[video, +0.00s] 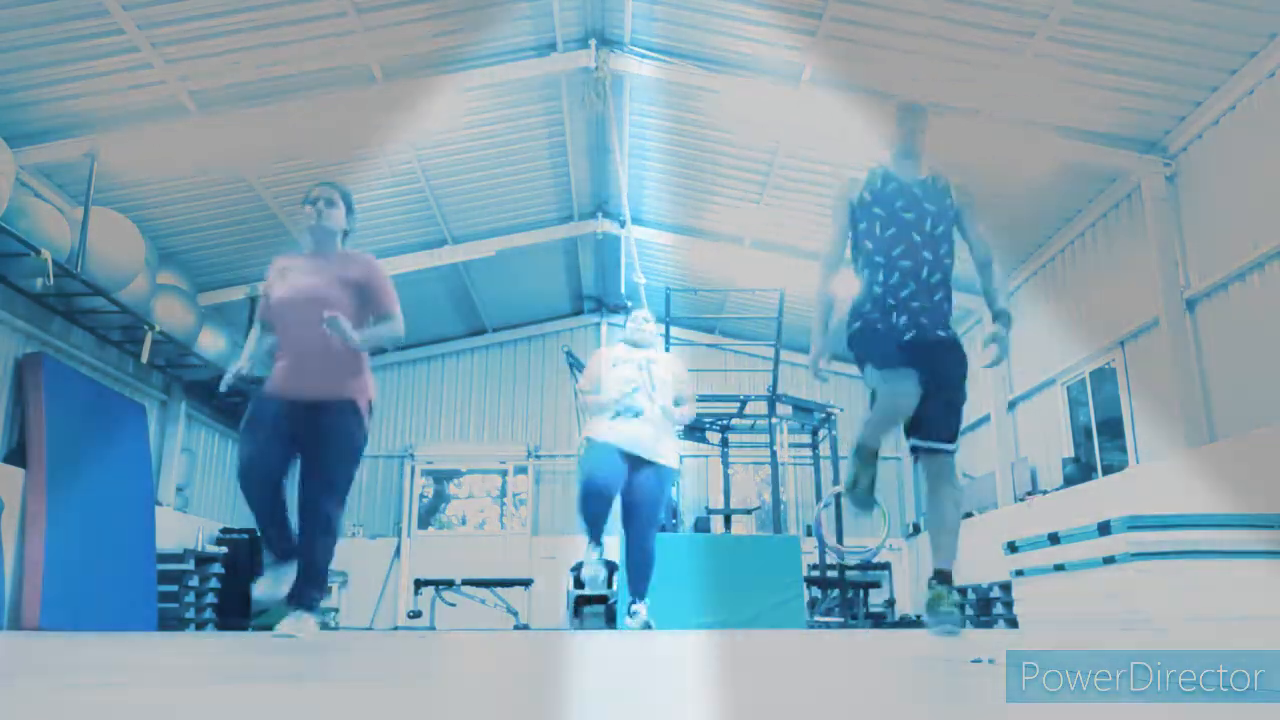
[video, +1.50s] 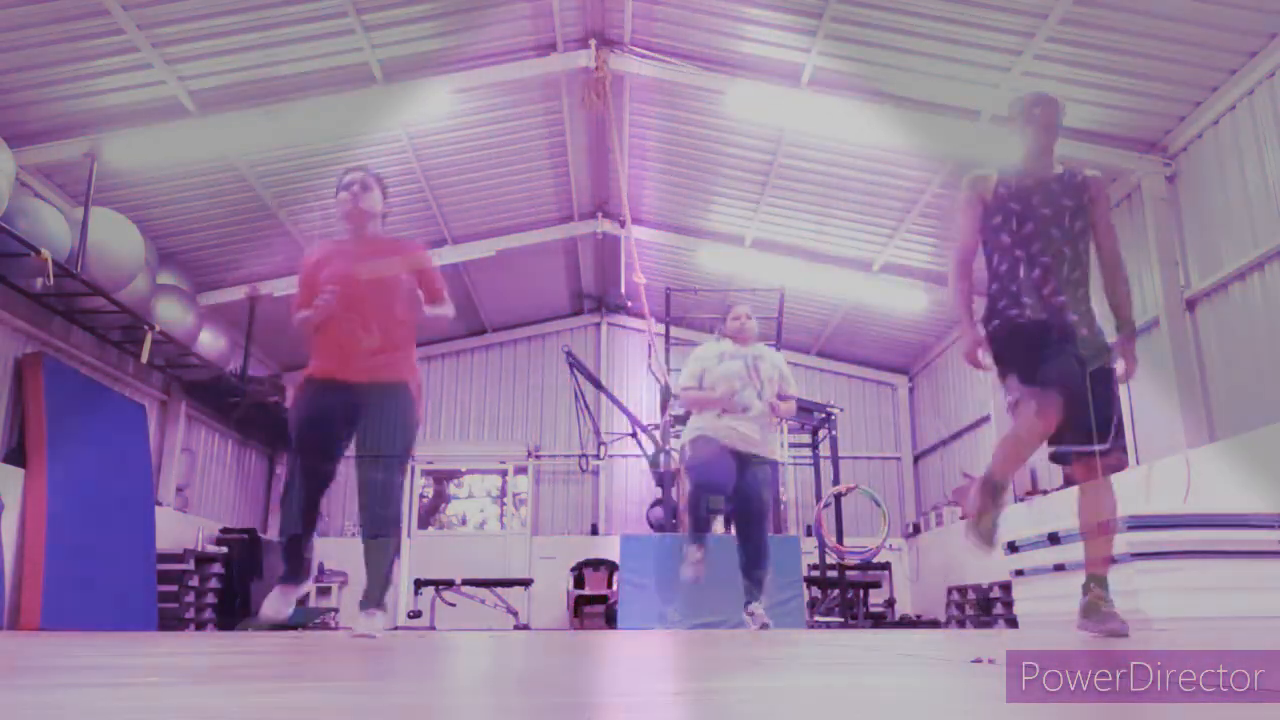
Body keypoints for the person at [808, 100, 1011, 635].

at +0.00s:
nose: (908, 136)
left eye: (916, 127)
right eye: (901, 126)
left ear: (926, 134)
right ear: (886, 134)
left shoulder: (949, 193)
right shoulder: (859, 190)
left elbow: (983, 257)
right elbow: (830, 270)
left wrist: (997, 310)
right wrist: (820, 338)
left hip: (936, 333)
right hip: (876, 326)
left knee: (939, 463)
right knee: (902, 393)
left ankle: (943, 585)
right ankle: (865, 452)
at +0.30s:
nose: (907, 131)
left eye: (913, 122)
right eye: (900, 122)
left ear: (924, 130)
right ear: (886, 131)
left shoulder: (953, 190)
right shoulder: (861, 188)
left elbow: (986, 256)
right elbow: (835, 270)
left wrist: (1009, 320)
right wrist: (826, 343)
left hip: (950, 324)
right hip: (894, 318)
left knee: (954, 459)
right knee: (918, 412)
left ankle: (948, 583)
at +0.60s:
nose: (912, 128)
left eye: (919, 120)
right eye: (904, 120)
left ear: (930, 128)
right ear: (892, 128)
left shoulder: (961, 190)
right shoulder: (871, 188)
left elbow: (989, 260)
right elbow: (851, 262)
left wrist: (1018, 320)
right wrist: (856, 323)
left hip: (985, 331)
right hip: (922, 333)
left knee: (1010, 457)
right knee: (924, 460)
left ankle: (974, 550)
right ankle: (929, 589)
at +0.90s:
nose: (958, 155)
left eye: (964, 146)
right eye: (948, 147)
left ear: (975, 153)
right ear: (932, 156)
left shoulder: (999, 215)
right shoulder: (911, 212)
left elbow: (1026, 290)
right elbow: (899, 296)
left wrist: (1057, 365)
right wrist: (931, 346)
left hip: (997, 345)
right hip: (943, 353)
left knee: (1056, 360)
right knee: (962, 477)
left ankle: (1014, 441)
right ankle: (957, 598)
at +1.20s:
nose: (1013, 154)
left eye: (1022, 145)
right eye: (1005, 143)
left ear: (1035, 153)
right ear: (990, 149)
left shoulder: (1046, 208)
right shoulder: (961, 202)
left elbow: (1076, 283)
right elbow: (929, 280)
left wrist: (1104, 350)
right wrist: (948, 339)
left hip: (1043, 346)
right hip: (980, 347)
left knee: (1104, 464)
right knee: (963, 478)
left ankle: (1100, 597)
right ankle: (929, 591)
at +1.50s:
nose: (1040, 135)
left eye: (1048, 127)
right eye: (1032, 125)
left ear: (1058, 133)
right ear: (1015, 129)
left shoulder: (1085, 186)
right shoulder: (984, 188)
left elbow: (1112, 265)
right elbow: (962, 261)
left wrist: (1125, 333)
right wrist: (966, 326)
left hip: (1078, 330)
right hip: (1015, 326)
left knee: (1091, 467)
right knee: (1047, 405)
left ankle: (1097, 592)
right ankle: (990, 490)